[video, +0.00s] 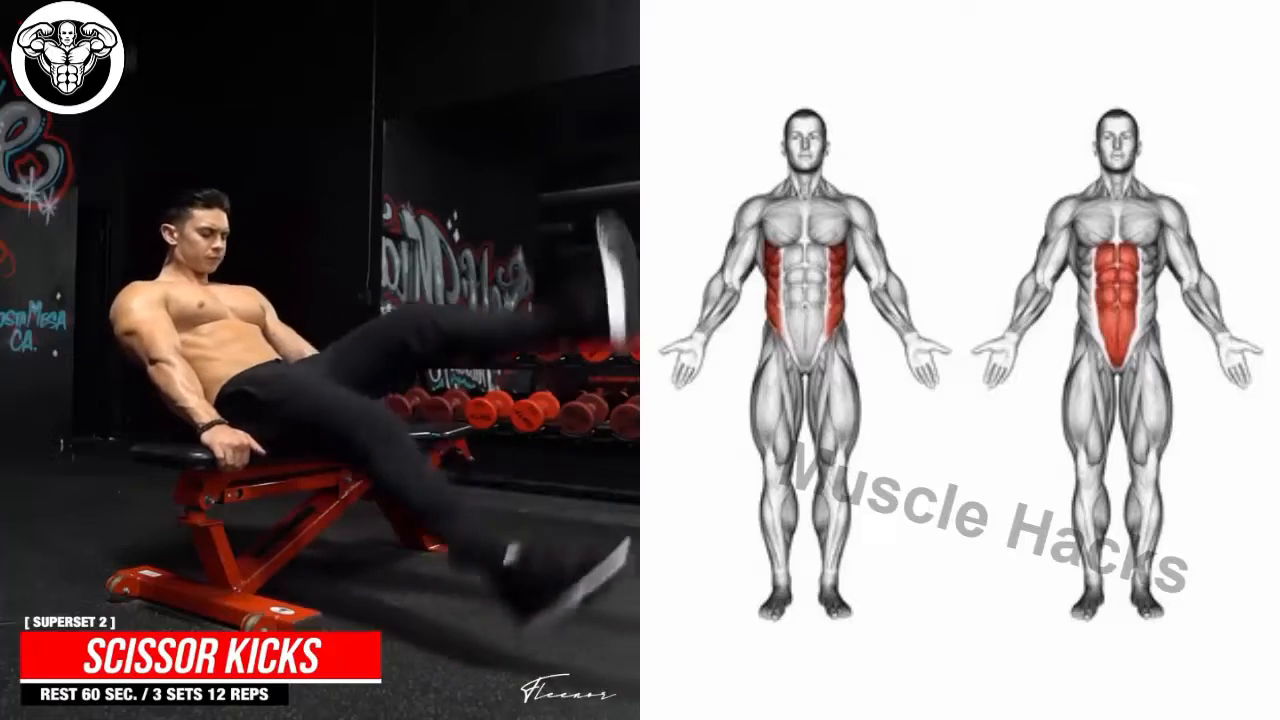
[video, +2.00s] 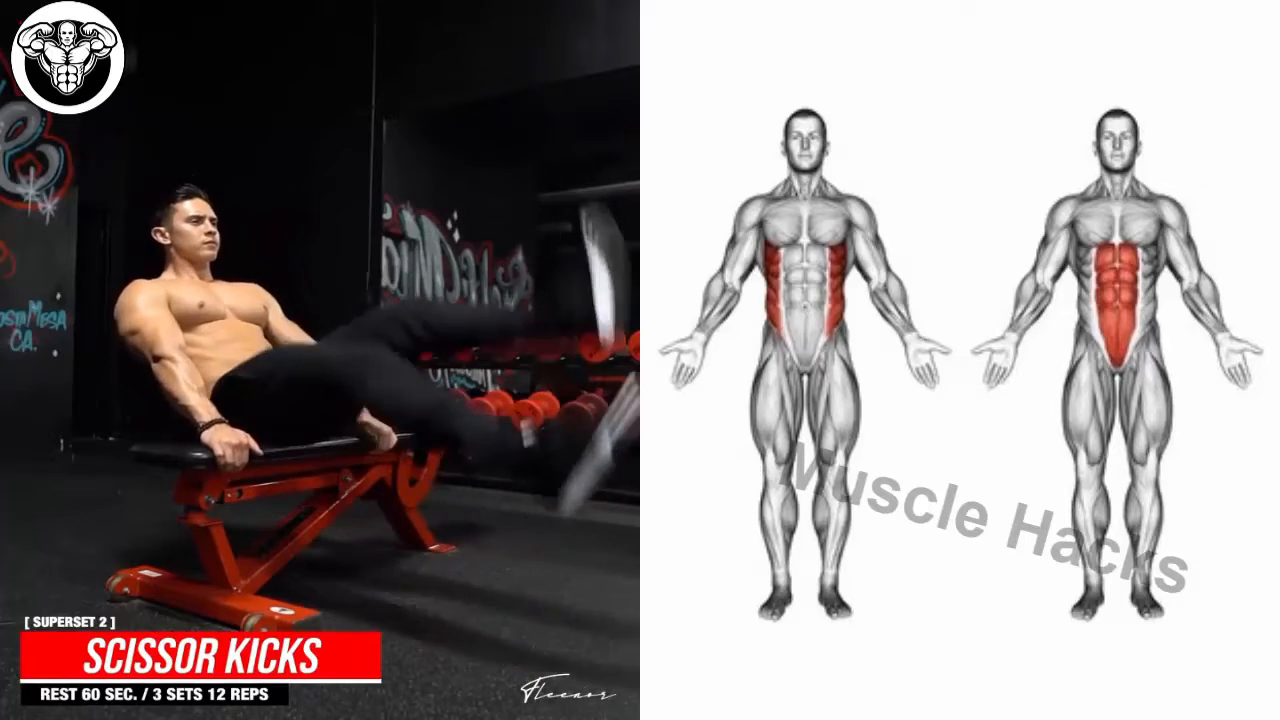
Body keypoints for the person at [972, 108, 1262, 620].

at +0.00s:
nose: (1116, 145)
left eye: (1124, 138)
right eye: (1108, 138)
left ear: (1137, 145)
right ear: (1096, 146)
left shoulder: (1164, 211)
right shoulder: (1070, 211)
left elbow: (1193, 282)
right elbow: (1041, 282)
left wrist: (1222, 335)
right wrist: (1012, 336)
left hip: (1144, 355)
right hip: (1089, 355)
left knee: (1145, 466)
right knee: (1088, 466)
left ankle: (1141, 581)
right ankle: (1092, 583)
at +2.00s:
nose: (1116, 145)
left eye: (1124, 138)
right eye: (1108, 138)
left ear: (1137, 145)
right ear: (1097, 145)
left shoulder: (1164, 211)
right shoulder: (1070, 211)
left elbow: (1193, 282)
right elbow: (1041, 281)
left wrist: (1222, 335)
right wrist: (1012, 336)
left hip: (1144, 355)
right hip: (1089, 354)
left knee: (1145, 465)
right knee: (1088, 466)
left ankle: (1141, 581)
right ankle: (1092, 583)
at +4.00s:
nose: (1116, 146)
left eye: (1124, 138)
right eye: (1109, 138)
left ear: (1137, 145)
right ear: (1097, 145)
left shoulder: (1164, 211)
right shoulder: (1070, 211)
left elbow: (1193, 282)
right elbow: (1041, 282)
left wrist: (1222, 335)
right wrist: (1012, 336)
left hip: (1144, 355)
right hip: (1089, 354)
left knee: (1145, 466)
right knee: (1088, 467)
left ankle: (1141, 581)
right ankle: (1092, 583)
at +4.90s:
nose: (1116, 146)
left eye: (1124, 138)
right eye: (1109, 138)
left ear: (1137, 145)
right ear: (1097, 145)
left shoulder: (1164, 211)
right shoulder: (1070, 211)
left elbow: (1193, 282)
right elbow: (1041, 282)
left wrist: (1222, 335)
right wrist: (1012, 336)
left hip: (1144, 355)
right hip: (1089, 355)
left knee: (1145, 466)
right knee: (1088, 466)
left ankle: (1141, 581)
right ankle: (1091, 582)